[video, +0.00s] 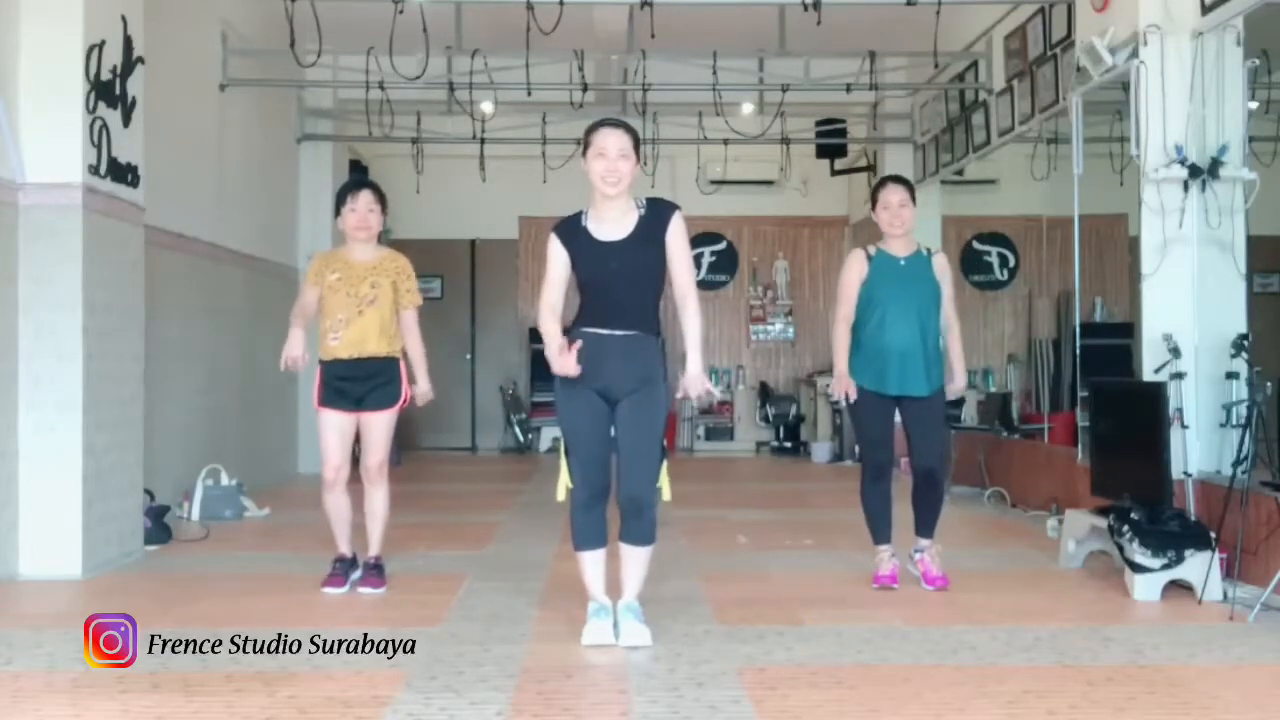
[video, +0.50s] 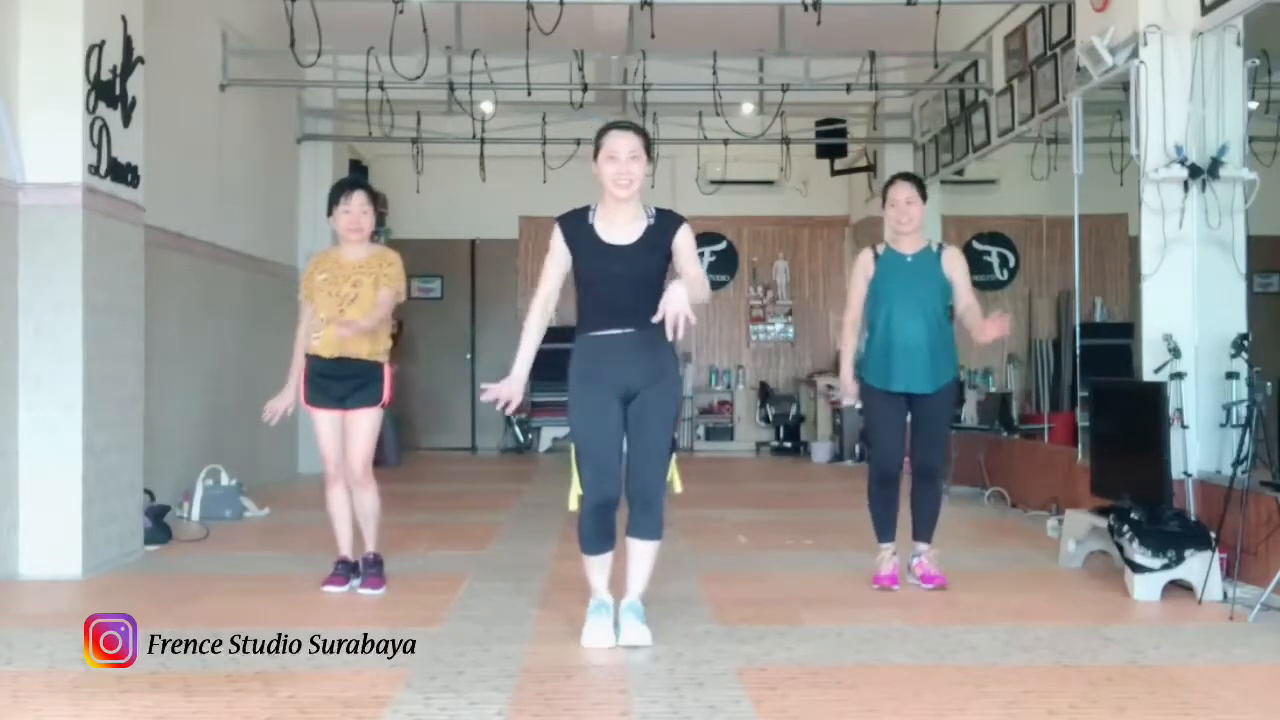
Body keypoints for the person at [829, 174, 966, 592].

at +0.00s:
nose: (895, 213)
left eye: (903, 205)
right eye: (886, 207)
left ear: (915, 211)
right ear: (874, 214)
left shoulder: (936, 261)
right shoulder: (861, 260)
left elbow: (949, 321)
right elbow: (843, 319)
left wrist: (958, 371)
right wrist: (841, 371)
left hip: (924, 381)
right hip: (869, 381)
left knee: (931, 466)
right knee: (877, 464)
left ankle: (925, 549)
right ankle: (884, 553)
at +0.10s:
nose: (893, 213)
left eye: (901, 205)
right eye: (885, 206)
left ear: (914, 211)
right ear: (874, 214)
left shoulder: (937, 262)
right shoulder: (860, 260)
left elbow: (955, 321)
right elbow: (840, 321)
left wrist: (968, 370)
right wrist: (833, 376)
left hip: (925, 382)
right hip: (868, 382)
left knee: (931, 467)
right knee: (877, 465)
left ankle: (924, 549)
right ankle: (884, 553)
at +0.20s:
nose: (894, 211)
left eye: (902, 203)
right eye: (886, 204)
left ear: (915, 209)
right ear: (875, 212)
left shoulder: (938, 260)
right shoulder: (861, 259)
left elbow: (961, 318)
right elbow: (841, 320)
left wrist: (974, 366)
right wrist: (827, 377)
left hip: (926, 381)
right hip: (871, 381)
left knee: (931, 466)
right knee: (879, 465)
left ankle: (924, 550)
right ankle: (884, 555)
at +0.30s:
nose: (896, 210)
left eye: (904, 202)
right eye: (888, 203)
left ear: (918, 208)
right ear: (877, 211)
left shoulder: (940, 258)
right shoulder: (862, 258)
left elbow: (964, 310)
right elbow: (843, 318)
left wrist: (976, 346)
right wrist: (830, 374)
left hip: (928, 379)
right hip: (874, 379)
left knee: (930, 465)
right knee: (880, 465)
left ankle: (924, 552)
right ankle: (884, 554)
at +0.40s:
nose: (899, 209)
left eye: (906, 201)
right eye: (891, 202)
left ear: (921, 207)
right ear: (880, 209)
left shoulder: (944, 256)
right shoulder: (865, 258)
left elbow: (965, 305)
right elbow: (845, 318)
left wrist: (978, 331)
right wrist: (837, 373)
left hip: (932, 379)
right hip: (878, 379)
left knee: (929, 465)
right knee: (881, 465)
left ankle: (922, 553)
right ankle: (884, 554)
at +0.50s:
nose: (902, 211)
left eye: (910, 203)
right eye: (894, 204)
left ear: (924, 208)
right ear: (884, 212)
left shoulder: (948, 257)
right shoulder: (870, 260)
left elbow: (968, 308)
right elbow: (852, 320)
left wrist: (982, 329)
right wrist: (846, 372)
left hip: (936, 381)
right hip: (882, 381)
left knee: (930, 466)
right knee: (884, 465)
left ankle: (923, 553)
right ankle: (887, 552)